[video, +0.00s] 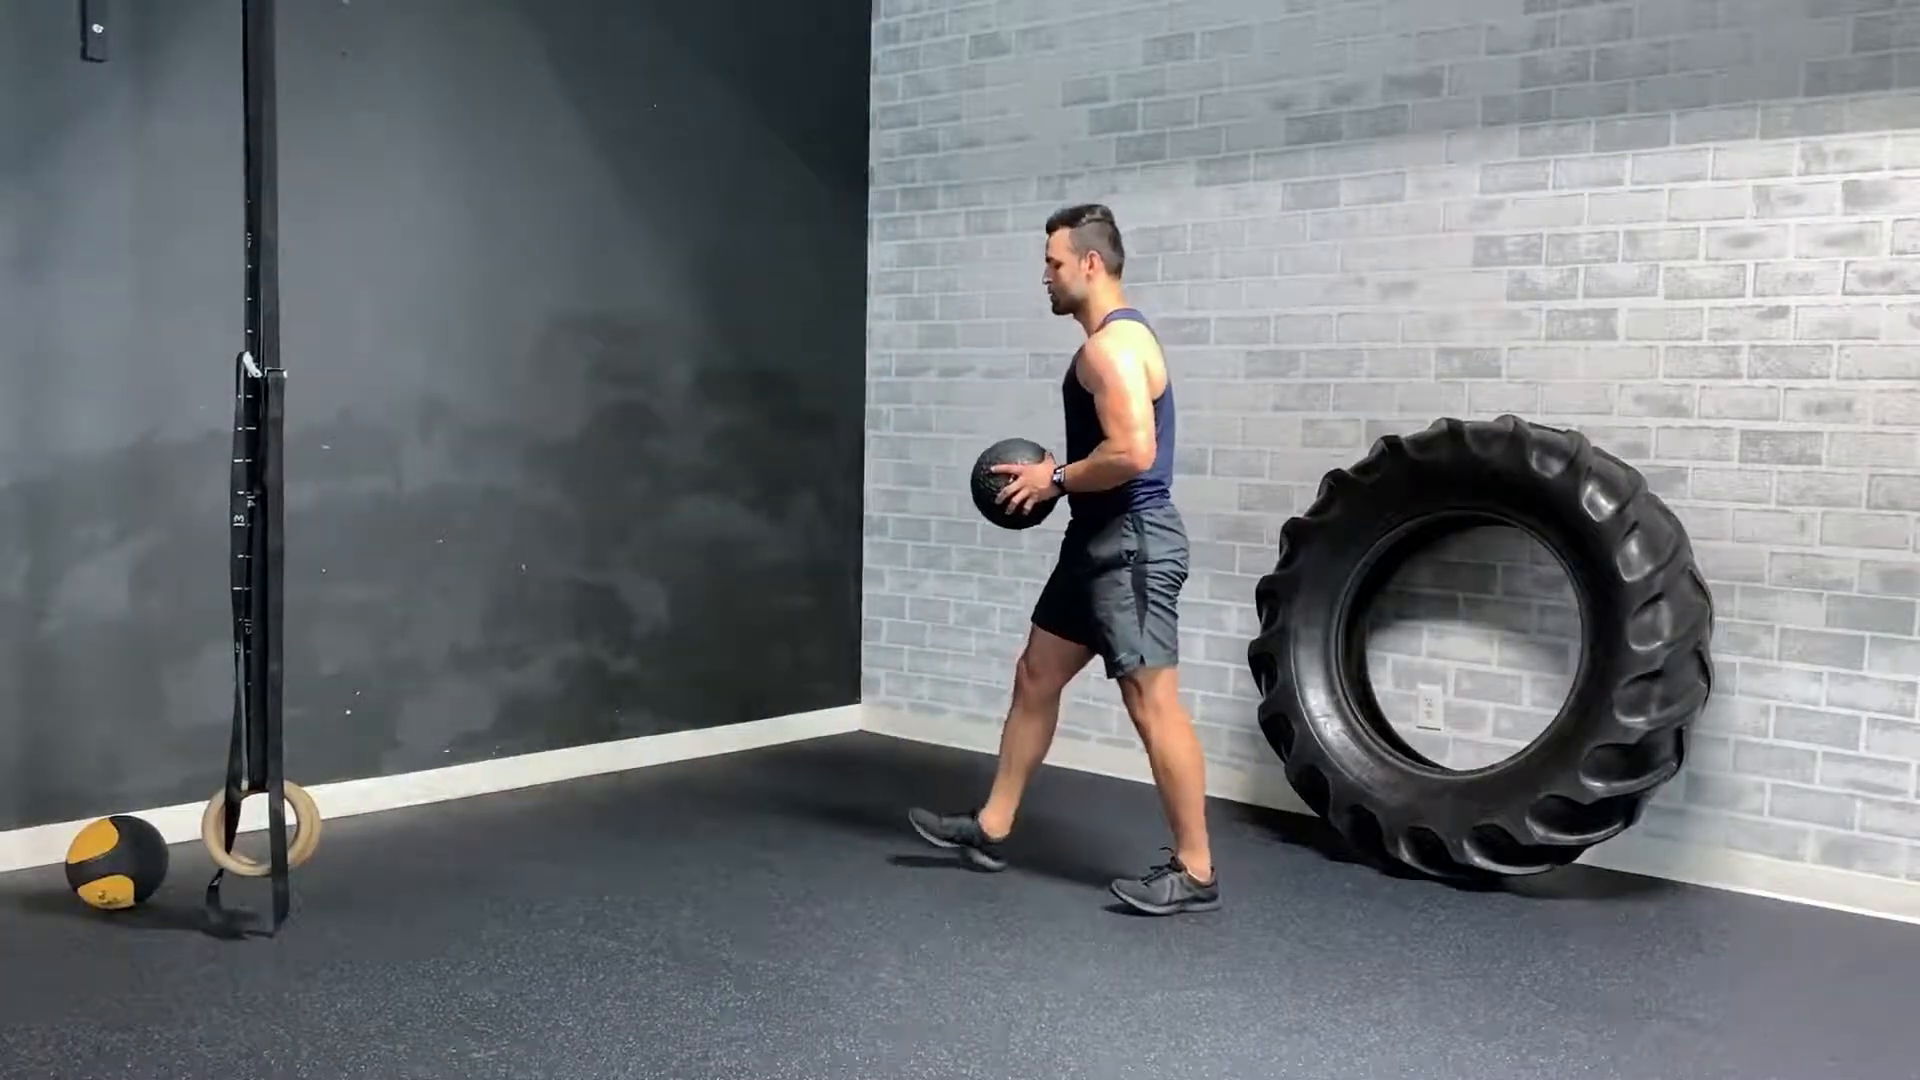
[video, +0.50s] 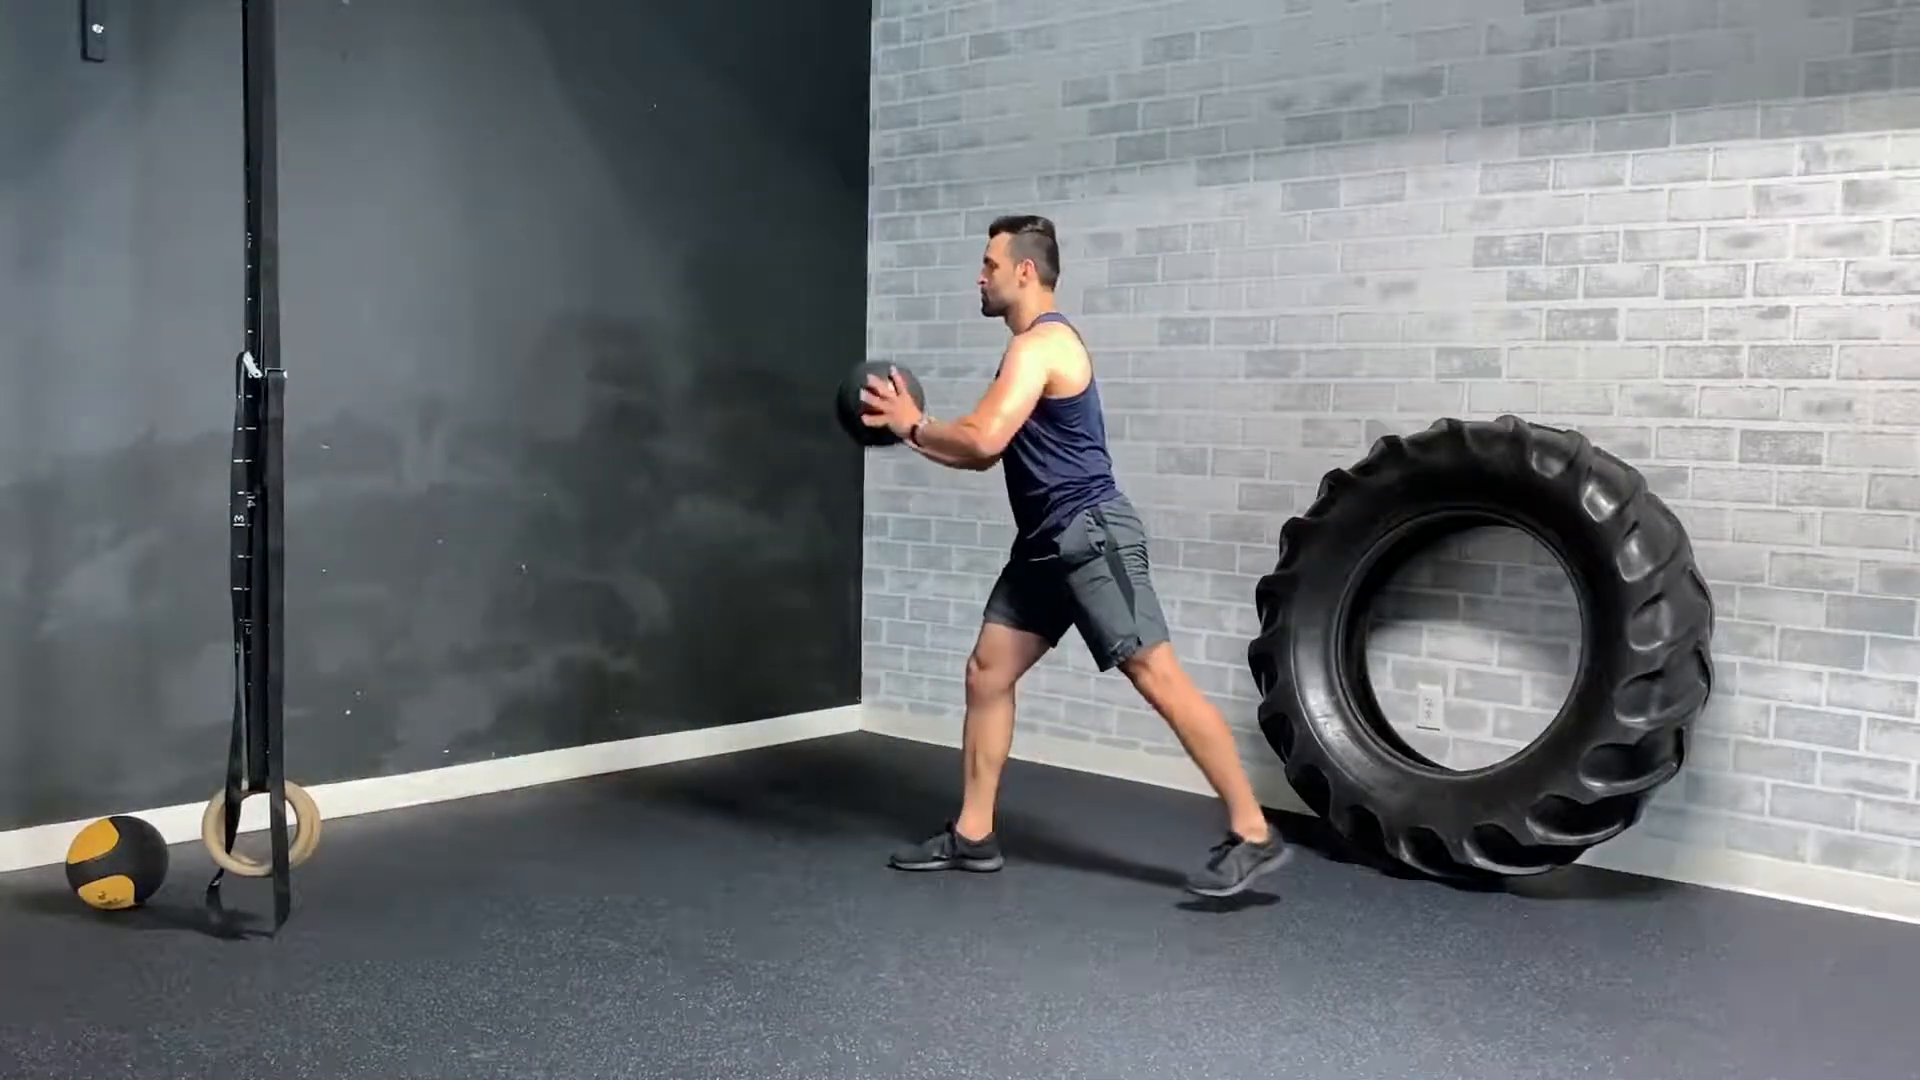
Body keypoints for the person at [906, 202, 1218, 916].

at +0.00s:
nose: (1045, 275)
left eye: (1054, 262)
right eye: (1046, 262)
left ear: (1094, 264)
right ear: (1094, 267)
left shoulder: (1112, 346)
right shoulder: (1118, 340)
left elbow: (1134, 453)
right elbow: (1123, 453)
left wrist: (1058, 477)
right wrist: (1052, 474)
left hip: (1133, 543)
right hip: (1098, 540)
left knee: (1152, 701)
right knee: (1036, 679)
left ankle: (1195, 868)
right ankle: (991, 829)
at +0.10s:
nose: (1026, 281)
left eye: (1035, 269)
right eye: (1027, 269)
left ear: (1073, 271)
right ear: (1075, 273)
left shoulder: (1094, 351)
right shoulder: (1096, 344)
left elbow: (1111, 458)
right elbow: (1099, 452)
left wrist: (1035, 480)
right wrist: (1033, 475)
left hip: (1118, 547)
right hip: (1083, 544)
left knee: (1138, 705)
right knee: (1020, 685)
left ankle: (1193, 868)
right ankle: (977, 834)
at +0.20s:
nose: (1002, 280)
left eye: (1012, 268)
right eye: (1005, 268)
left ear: (1051, 275)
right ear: (1054, 276)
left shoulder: (1069, 352)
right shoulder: (1074, 348)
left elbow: (1077, 459)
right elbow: (1073, 461)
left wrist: (1009, 479)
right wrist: (1006, 479)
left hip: (1101, 543)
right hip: (1064, 546)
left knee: (1132, 702)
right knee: (996, 679)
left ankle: (1192, 866)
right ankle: (973, 835)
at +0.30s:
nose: (983, 278)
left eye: (993, 267)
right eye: (985, 267)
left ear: (1032, 274)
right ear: (1031, 277)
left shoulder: (1047, 348)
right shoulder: (1042, 350)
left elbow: (1035, 452)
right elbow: (1040, 455)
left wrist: (971, 474)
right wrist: (975, 469)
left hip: (1094, 538)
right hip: (1051, 544)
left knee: (1143, 692)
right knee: (988, 677)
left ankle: (1194, 862)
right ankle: (973, 836)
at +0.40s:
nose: (976, 277)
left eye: (987, 266)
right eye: (979, 266)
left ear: (1023, 273)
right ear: (1022, 275)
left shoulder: (1042, 343)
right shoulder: (1027, 350)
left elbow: (1001, 448)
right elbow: (1000, 458)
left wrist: (934, 453)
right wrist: (935, 457)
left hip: (1091, 531)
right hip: (1046, 541)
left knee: (1148, 679)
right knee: (988, 676)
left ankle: (1226, 843)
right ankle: (973, 835)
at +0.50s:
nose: (980, 277)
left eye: (990, 265)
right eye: (983, 265)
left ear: (1026, 272)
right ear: (1027, 273)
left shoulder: (1045, 342)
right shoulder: (1035, 345)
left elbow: (982, 439)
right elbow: (981, 451)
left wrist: (915, 424)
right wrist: (910, 429)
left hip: (1092, 532)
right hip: (1047, 545)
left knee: (1158, 676)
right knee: (989, 675)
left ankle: (1253, 832)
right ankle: (973, 835)